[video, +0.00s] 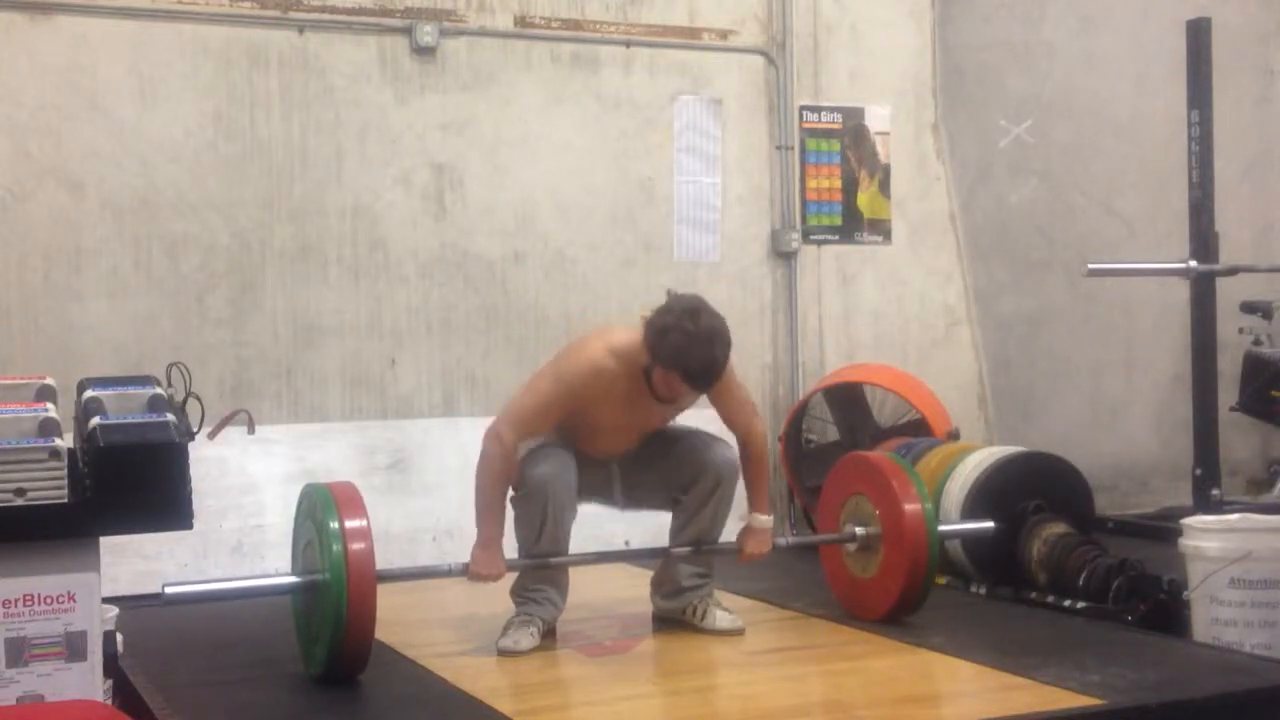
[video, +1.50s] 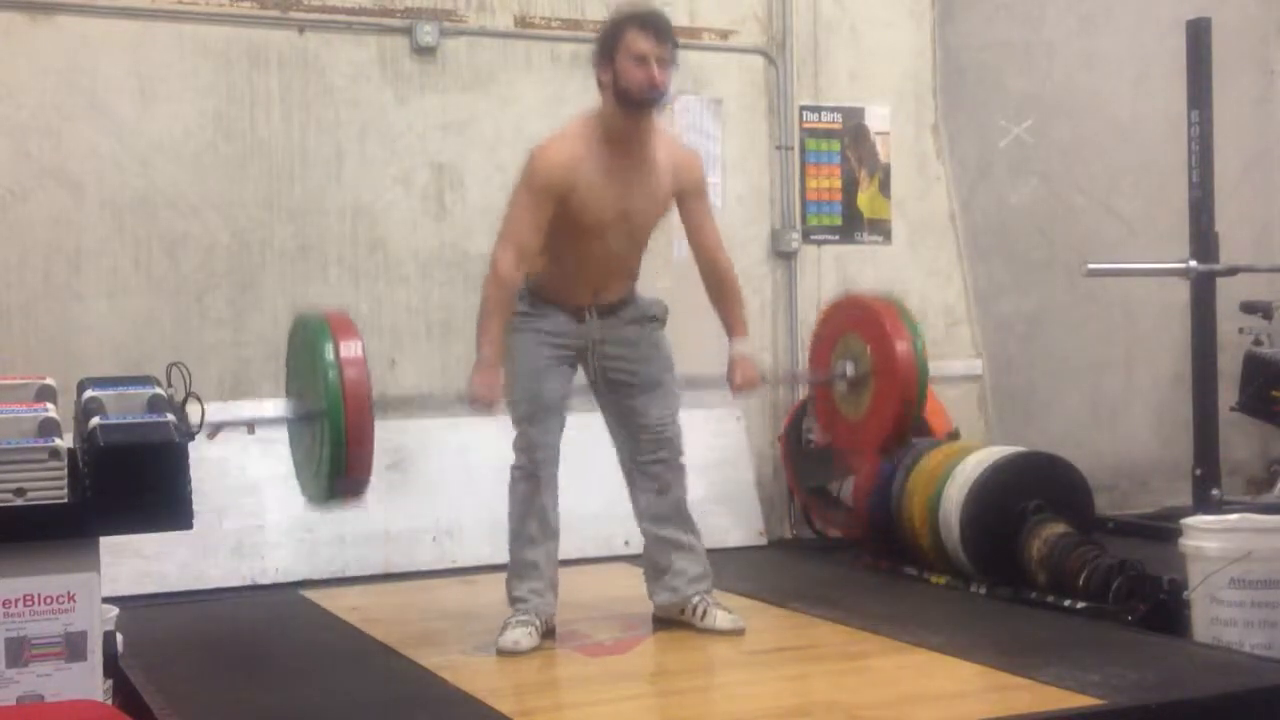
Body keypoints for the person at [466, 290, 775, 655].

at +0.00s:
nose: (678, 402)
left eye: (692, 394)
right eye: (671, 391)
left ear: (708, 375)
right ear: (653, 360)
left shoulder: (707, 365)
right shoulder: (595, 361)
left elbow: (752, 431)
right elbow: (500, 436)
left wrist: (761, 518)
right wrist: (488, 542)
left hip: (633, 460)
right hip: (564, 459)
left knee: (716, 461)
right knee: (547, 471)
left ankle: (681, 598)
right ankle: (534, 610)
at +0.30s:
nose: (664, 398)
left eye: (675, 390)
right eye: (656, 387)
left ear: (688, 376)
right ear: (634, 357)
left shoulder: (691, 379)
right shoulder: (579, 375)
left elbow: (744, 430)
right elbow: (480, 435)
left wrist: (759, 514)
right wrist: (489, 535)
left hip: (639, 522)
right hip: (572, 525)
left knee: (717, 466)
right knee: (545, 479)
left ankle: (680, 598)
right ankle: (535, 611)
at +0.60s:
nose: (665, 281)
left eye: (674, 270)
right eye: (651, 268)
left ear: (682, 272)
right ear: (616, 269)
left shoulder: (691, 346)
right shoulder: (571, 345)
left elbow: (738, 428)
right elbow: (502, 434)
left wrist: (758, 513)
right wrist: (492, 537)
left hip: (640, 488)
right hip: (572, 490)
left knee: (719, 465)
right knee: (545, 474)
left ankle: (681, 597)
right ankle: (536, 608)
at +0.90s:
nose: (674, 245)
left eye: (683, 233)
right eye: (658, 231)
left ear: (692, 244)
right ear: (624, 245)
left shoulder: (697, 329)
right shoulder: (577, 327)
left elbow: (729, 421)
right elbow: (520, 428)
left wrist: (751, 510)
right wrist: (491, 533)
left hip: (629, 424)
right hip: (558, 427)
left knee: (707, 452)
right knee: (551, 466)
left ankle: (681, 594)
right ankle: (535, 606)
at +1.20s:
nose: (682, 205)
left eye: (690, 192)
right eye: (666, 190)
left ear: (700, 198)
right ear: (629, 201)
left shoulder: (696, 276)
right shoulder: (581, 272)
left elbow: (724, 373)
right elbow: (523, 375)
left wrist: (747, 457)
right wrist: (492, 480)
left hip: (625, 369)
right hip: (549, 372)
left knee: (687, 446)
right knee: (540, 463)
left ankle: (681, 596)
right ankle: (533, 609)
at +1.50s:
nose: (652, 75)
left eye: (661, 64)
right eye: (638, 61)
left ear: (670, 75)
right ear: (604, 70)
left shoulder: (677, 164)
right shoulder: (558, 159)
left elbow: (712, 258)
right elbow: (510, 256)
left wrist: (740, 341)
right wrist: (488, 359)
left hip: (625, 318)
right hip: (543, 318)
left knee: (658, 450)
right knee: (535, 456)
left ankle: (682, 592)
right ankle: (529, 607)